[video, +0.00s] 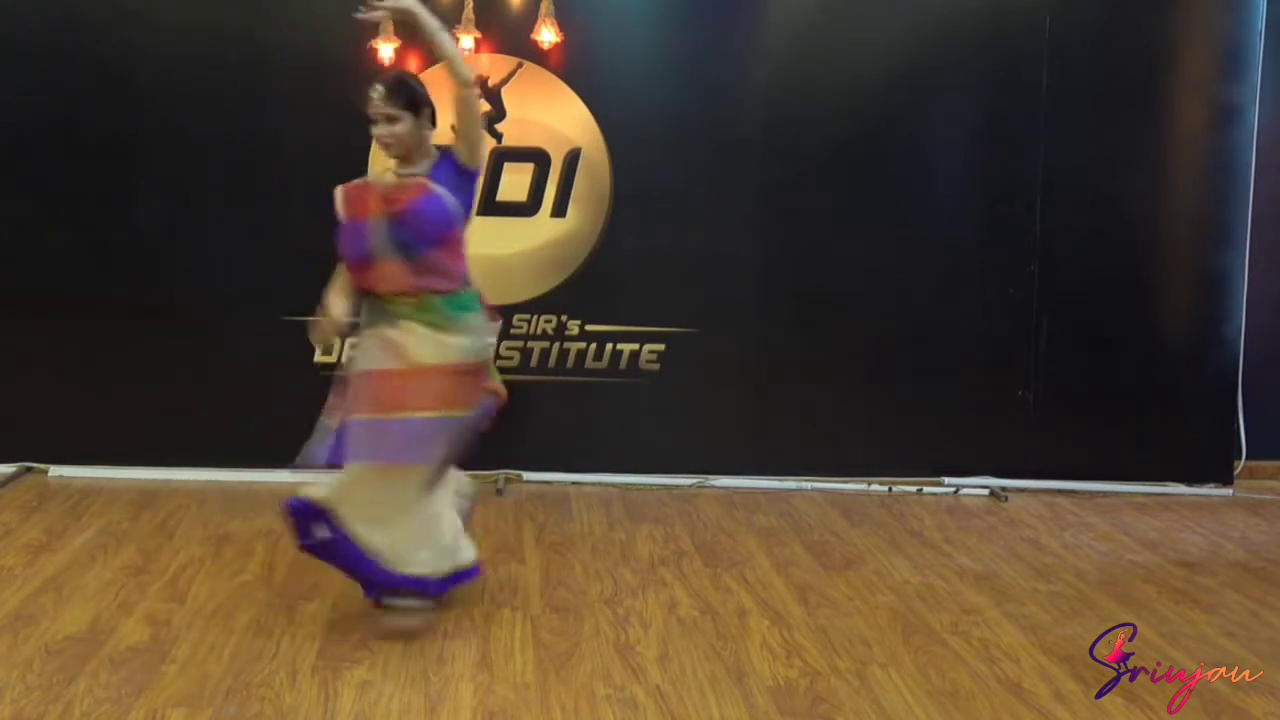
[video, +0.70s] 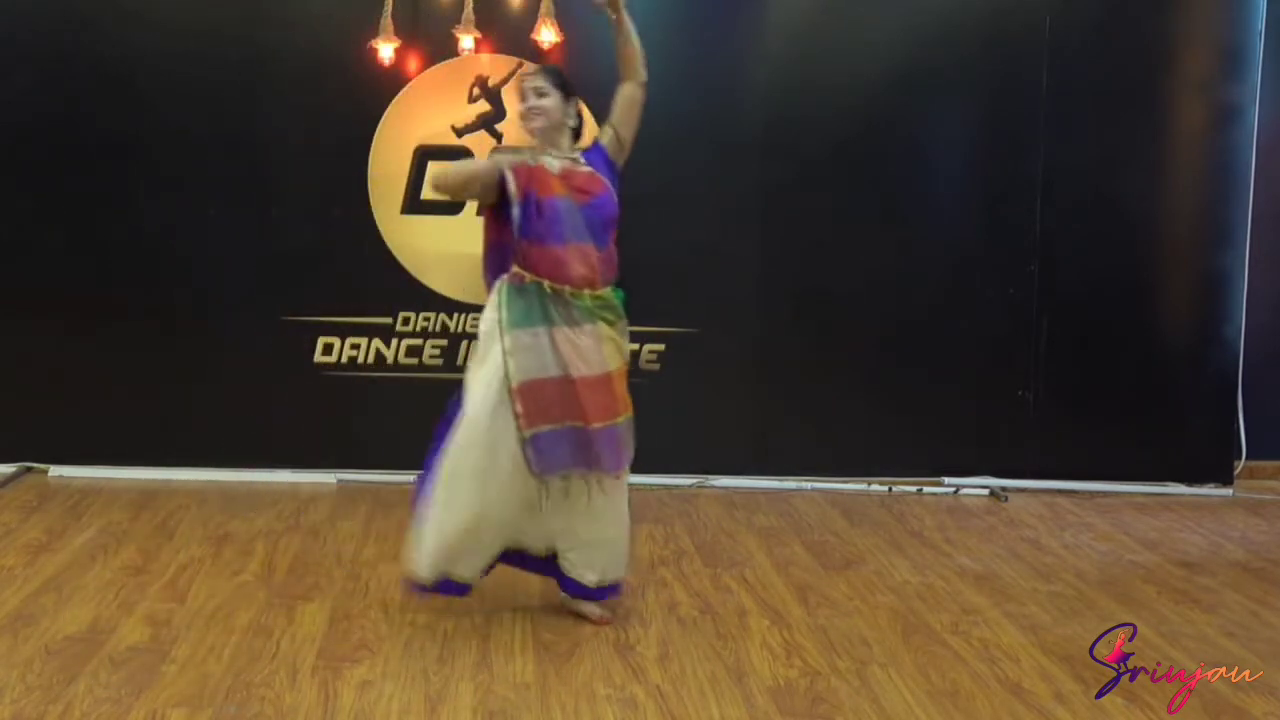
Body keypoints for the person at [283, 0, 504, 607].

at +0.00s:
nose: (382, 133)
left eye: (392, 120)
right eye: (374, 123)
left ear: (425, 120)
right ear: (369, 128)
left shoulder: (455, 173)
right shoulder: (367, 193)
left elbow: (466, 83)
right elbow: (352, 265)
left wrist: (416, 14)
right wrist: (334, 308)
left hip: (449, 331)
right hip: (384, 334)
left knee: (410, 456)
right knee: (371, 455)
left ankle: (417, 582)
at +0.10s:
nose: (396, 137)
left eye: (407, 124)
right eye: (389, 128)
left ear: (438, 126)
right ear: (385, 135)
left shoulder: (472, 176)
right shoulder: (383, 201)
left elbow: (487, 94)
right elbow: (367, 281)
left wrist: (453, 23)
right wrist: (351, 343)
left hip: (466, 332)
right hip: (401, 336)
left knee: (453, 452)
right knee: (400, 447)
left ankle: (482, 576)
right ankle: (413, 565)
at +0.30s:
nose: (435, 133)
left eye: (443, 120)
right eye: (429, 125)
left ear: (479, 118)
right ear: (430, 135)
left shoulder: (524, 167)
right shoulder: (429, 197)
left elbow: (545, 85)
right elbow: (376, 254)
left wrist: (519, 25)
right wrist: (309, 303)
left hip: (517, 329)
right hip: (444, 334)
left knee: (546, 455)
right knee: (421, 451)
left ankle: (575, 582)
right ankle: (410, 567)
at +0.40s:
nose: (462, 118)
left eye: (470, 104)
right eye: (457, 111)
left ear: (506, 104)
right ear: (464, 124)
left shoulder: (555, 159)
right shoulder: (466, 182)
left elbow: (577, 72)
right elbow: (389, 211)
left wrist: (564, 16)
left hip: (560, 320)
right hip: (490, 323)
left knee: (571, 449)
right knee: (412, 418)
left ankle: (573, 582)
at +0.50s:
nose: (477, 112)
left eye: (487, 100)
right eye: (474, 104)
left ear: (524, 101)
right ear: (489, 114)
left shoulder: (573, 156)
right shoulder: (485, 177)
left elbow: (597, 64)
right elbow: (411, 200)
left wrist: (570, 1)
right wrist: (365, 139)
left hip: (574, 318)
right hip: (506, 320)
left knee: (579, 449)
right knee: (433, 421)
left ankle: (580, 584)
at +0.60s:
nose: (510, 102)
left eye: (521, 92)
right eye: (504, 99)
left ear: (556, 103)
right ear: (504, 120)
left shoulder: (592, 159)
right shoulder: (499, 171)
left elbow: (620, 72)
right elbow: (431, 196)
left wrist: (606, 6)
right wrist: (462, 135)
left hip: (585, 312)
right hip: (517, 313)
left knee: (586, 446)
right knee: (466, 433)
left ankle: (577, 579)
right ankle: (380, 541)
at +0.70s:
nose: (530, 104)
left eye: (541, 94)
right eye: (524, 97)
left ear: (571, 105)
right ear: (518, 112)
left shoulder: (600, 163)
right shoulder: (510, 169)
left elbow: (635, 82)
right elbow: (440, 180)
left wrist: (620, 17)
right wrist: (497, 164)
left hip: (592, 321)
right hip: (522, 323)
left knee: (593, 450)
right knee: (485, 444)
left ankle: (582, 585)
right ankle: (432, 562)